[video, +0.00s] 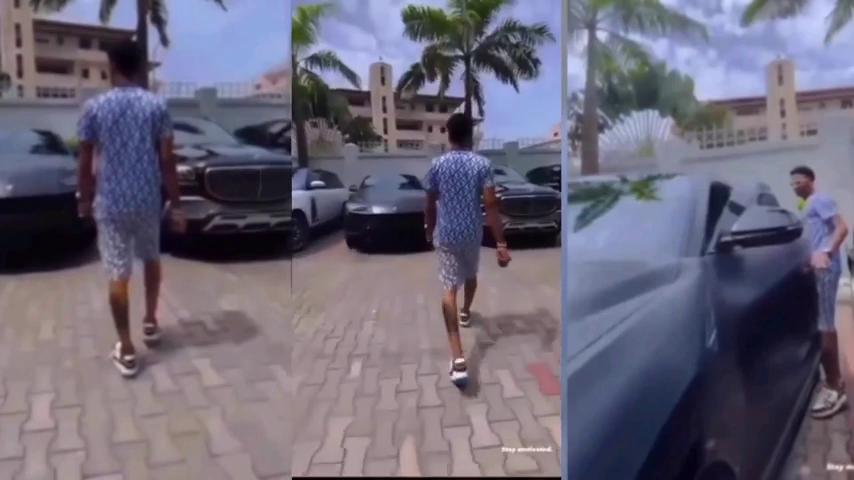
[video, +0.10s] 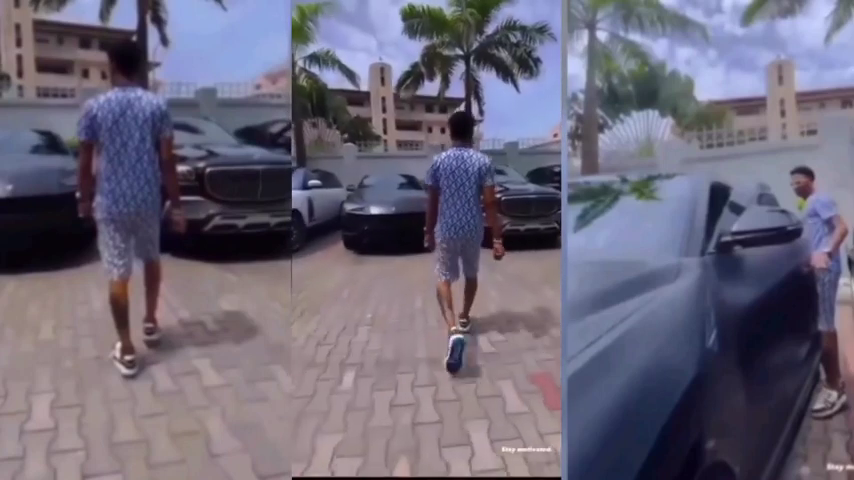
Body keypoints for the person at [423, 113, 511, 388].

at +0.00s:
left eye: (451, 132)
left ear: (449, 135)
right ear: (471, 135)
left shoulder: (438, 165)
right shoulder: (482, 164)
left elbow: (430, 203)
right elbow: (490, 205)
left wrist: (430, 230)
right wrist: (500, 243)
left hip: (445, 233)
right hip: (472, 233)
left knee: (449, 290)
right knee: (470, 276)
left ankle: (458, 357)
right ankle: (465, 313)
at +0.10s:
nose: (454, 135)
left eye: (452, 130)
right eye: (467, 130)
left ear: (450, 132)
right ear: (472, 132)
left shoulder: (439, 161)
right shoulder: (482, 162)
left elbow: (432, 201)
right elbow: (490, 202)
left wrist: (428, 231)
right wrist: (497, 238)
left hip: (446, 229)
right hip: (473, 228)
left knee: (444, 277)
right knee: (471, 273)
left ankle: (452, 326)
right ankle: (464, 317)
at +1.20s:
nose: (427, 138)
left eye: (424, 134)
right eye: (439, 134)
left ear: (423, 135)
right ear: (444, 135)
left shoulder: (411, 161)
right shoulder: (452, 163)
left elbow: (402, 198)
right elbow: (458, 201)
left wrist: (400, 226)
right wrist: (465, 232)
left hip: (418, 227)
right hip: (444, 227)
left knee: (420, 279)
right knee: (444, 267)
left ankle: (427, 339)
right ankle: (439, 304)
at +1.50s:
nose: (401, 133)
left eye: (401, 129)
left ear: (402, 130)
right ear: (424, 130)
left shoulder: (392, 156)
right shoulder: (432, 157)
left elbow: (386, 193)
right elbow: (440, 192)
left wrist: (386, 223)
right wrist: (439, 219)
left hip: (399, 223)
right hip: (425, 223)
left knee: (398, 268)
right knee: (425, 271)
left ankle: (403, 307)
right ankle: (420, 322)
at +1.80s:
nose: (371, 138)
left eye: (369, 134)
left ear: (370, 135)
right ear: (390, 135)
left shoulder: (363, 162)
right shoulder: (403, 160)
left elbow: (360, 200)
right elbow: (412, 195)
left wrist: (359, 232)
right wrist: (414, 218)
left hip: (376, 227)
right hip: (402, 226)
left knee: (378, 270)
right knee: (403, 276)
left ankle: (382, 303)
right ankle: (400, 334)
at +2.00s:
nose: (352, 134)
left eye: (347, 129)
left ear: (345, 130)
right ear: (366, 130)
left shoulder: (336, 157)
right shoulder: (378, 155)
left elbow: (334, 196)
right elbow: (389, 193)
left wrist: (333, 228)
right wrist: (394, 222)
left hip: (351, 223)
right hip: (378, 222)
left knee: (357, 271)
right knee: (387, 265)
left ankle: (365, 313)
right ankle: (384, 305)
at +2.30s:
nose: (336, 137)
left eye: (328, 133)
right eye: (340, 133)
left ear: (321, 133)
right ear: (342, 133)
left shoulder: (309, 157)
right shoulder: (352, 158)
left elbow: (299, 193)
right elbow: (360, 195)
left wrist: (301, 222)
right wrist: (368, 223)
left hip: (320, 224)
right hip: (348, 223)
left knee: (330, 277)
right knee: (354, 262)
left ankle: (339, 331)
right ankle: (355, 296)